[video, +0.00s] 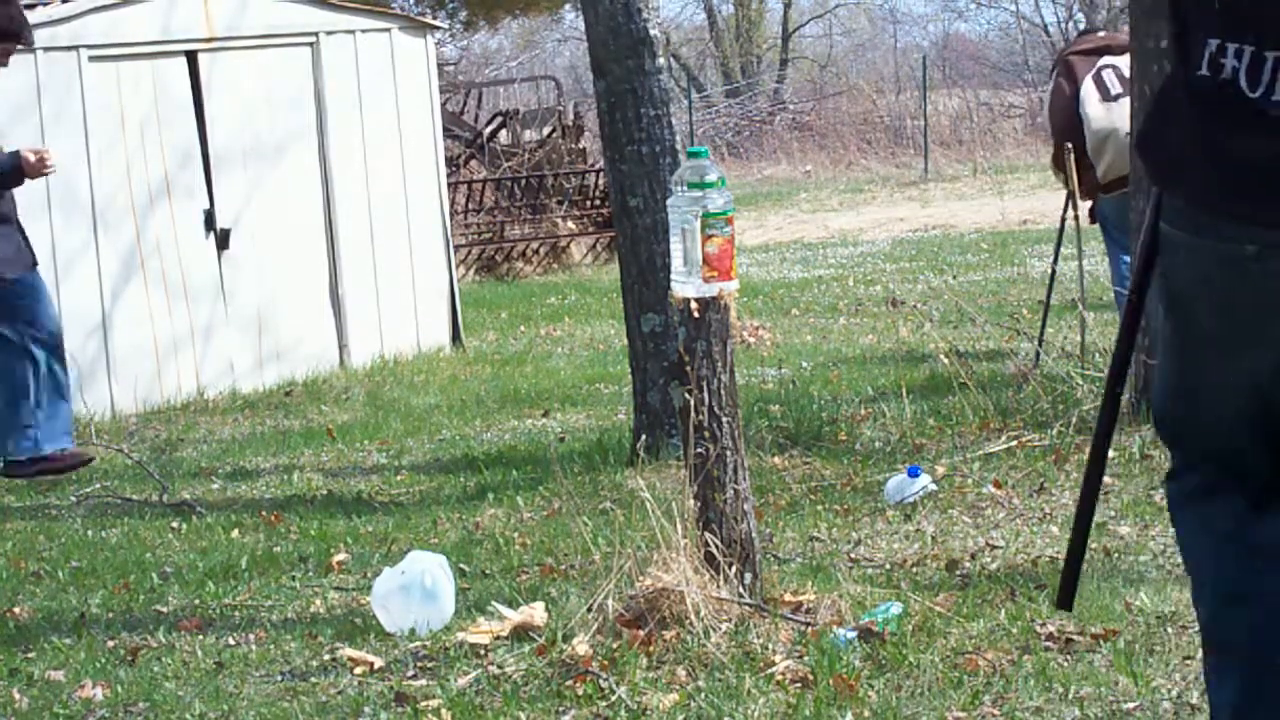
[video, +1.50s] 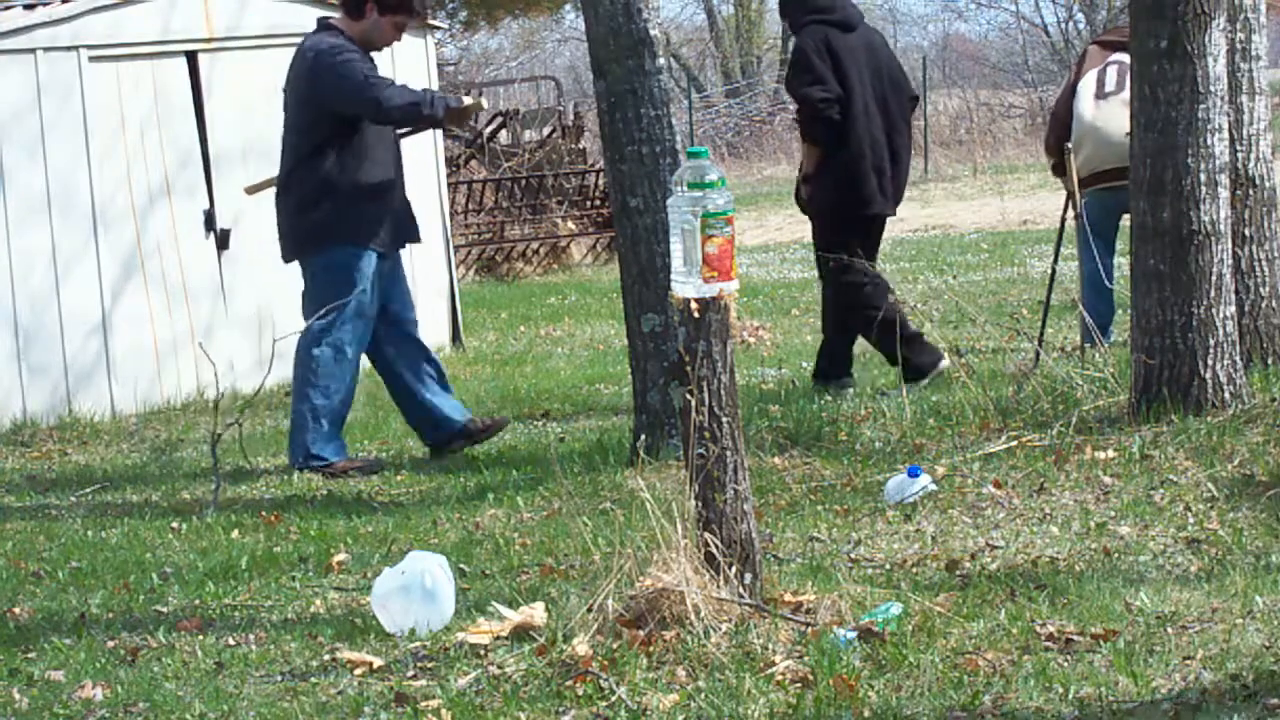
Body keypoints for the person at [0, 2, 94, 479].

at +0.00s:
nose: (9, 58)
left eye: (12, 50)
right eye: (9, 49)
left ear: (12, 46)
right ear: (0, 43)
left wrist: (16, 166)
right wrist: (15, 166)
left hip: (11, 237)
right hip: (4, 238)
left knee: (30, 328)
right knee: (34, 326)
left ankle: (33, 443)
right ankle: (25, 446)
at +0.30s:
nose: (81, 70)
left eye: (86, 61)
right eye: (79, 59)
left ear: (52, 46)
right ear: (48, 42)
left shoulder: (41, 90)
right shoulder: (10, 87)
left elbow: (40, 172)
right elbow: (17, 165)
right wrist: (83, 168)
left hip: (60, 257)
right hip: (20, 258)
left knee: (87, 359)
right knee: (6, 366)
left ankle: (129, 466)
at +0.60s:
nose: (160, 59)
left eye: (166, 50)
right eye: (158, 46)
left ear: (139, 34)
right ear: (129, 27)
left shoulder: (123, 83)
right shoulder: (85, 72)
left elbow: (122, 170)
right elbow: (102, 127)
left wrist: (167, 171)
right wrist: (181, 132)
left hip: (121, 226)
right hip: (105, 227)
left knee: (128, 342)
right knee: (154, 318)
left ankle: (141, 464)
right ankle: (69, 425)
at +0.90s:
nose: (235, 59)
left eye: (240, 50)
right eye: (233, 46)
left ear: (210, 32)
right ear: (204, 27)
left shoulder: (186, 80)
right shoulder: (164, 74)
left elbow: (182, 175)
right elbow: (189, 123)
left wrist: (235, 164)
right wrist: (262, 119)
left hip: (184, 240)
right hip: (191, 239)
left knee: (157, 358)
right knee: (242, 343)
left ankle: (133, 469)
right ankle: (304, 442)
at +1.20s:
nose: (323, 45)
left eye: (328, 36)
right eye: (322, 33)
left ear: (294, 18)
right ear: (295, 17)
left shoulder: (270, 61)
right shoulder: (254, 60)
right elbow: (293, 109)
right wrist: (361, 113)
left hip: (286, 224)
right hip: (280, 226)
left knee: (282, 327)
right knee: (311, 336)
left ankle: (199, 410)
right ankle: (316, 455)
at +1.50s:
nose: (398, 37)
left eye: (403, 30)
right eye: (397, 26)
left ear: (368, 12)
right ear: (370, 10)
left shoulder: (347, 56)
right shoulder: (328, 53)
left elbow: (375, 124)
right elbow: (377, 99)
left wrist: (437, 112)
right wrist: (444, 107)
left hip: (371, 220)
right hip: (338, 223)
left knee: (395, 331)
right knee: (336, 335)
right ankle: (317, 455)